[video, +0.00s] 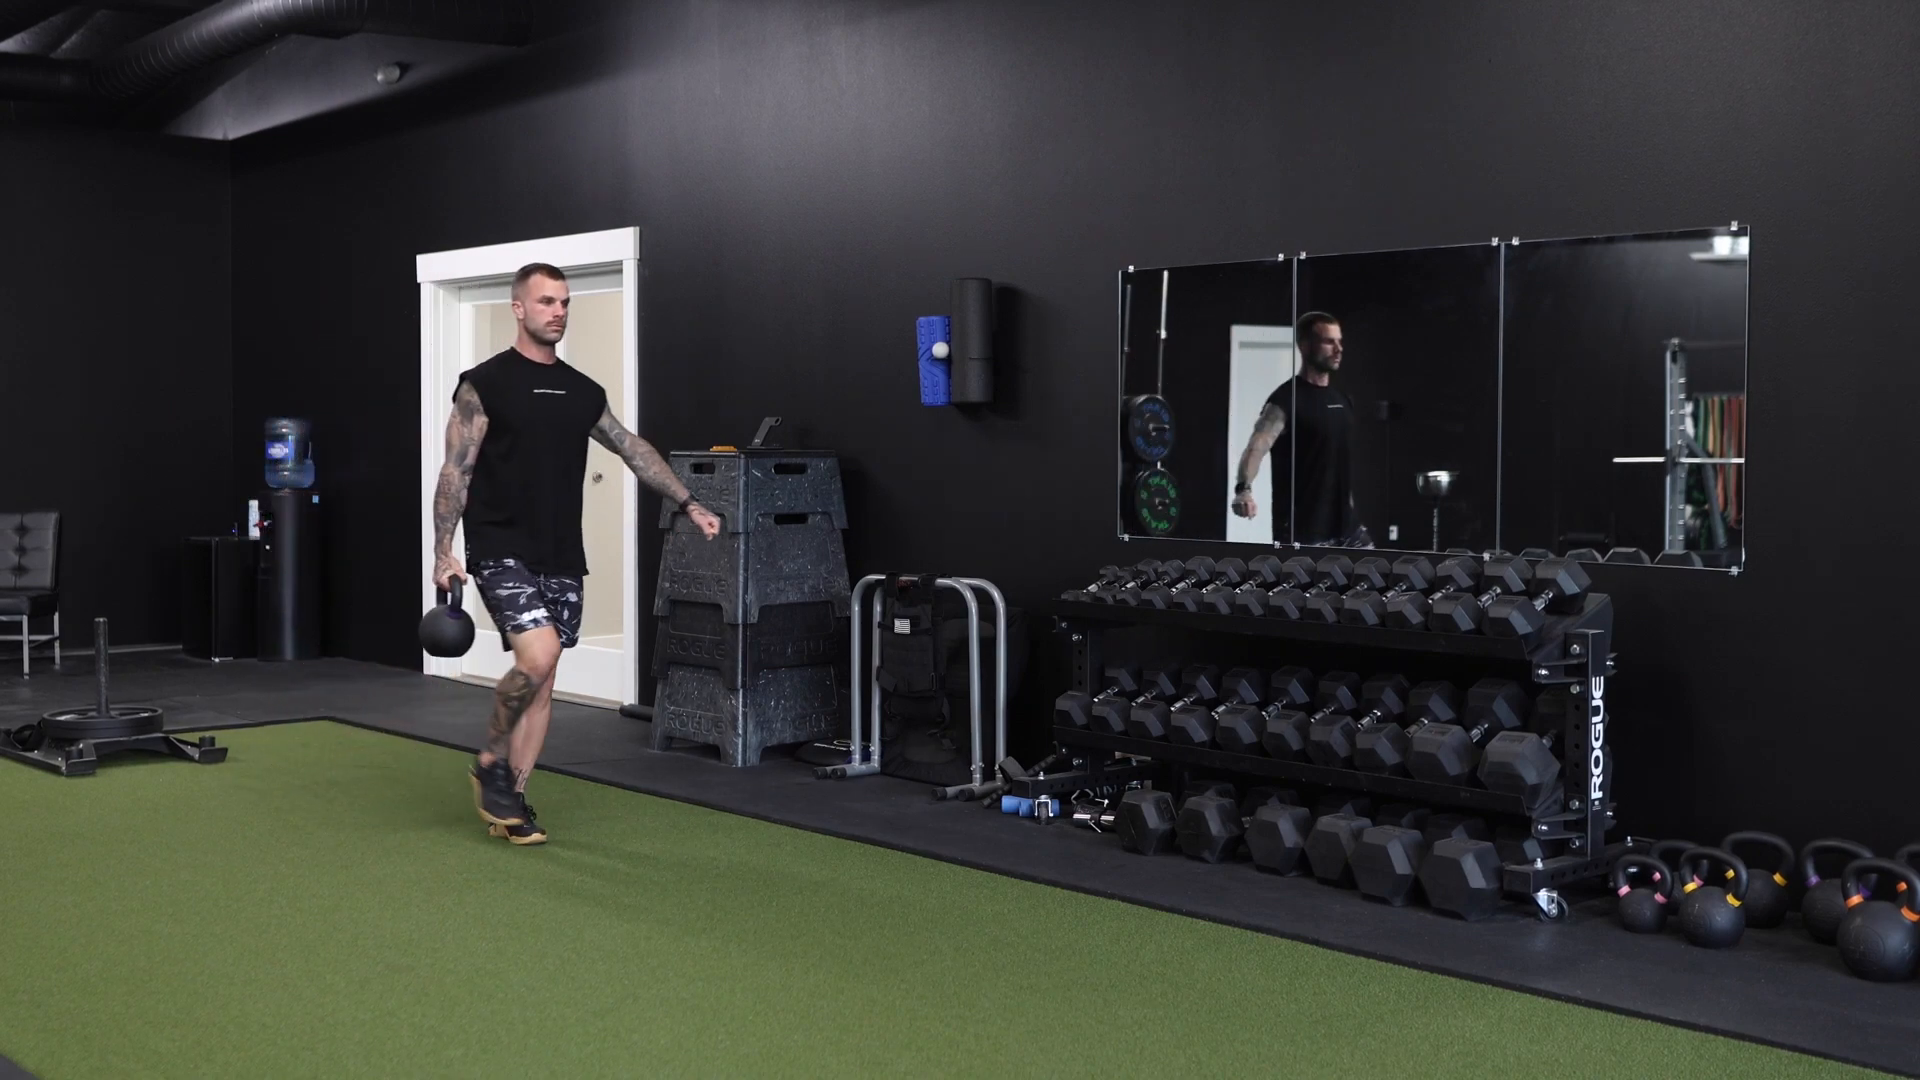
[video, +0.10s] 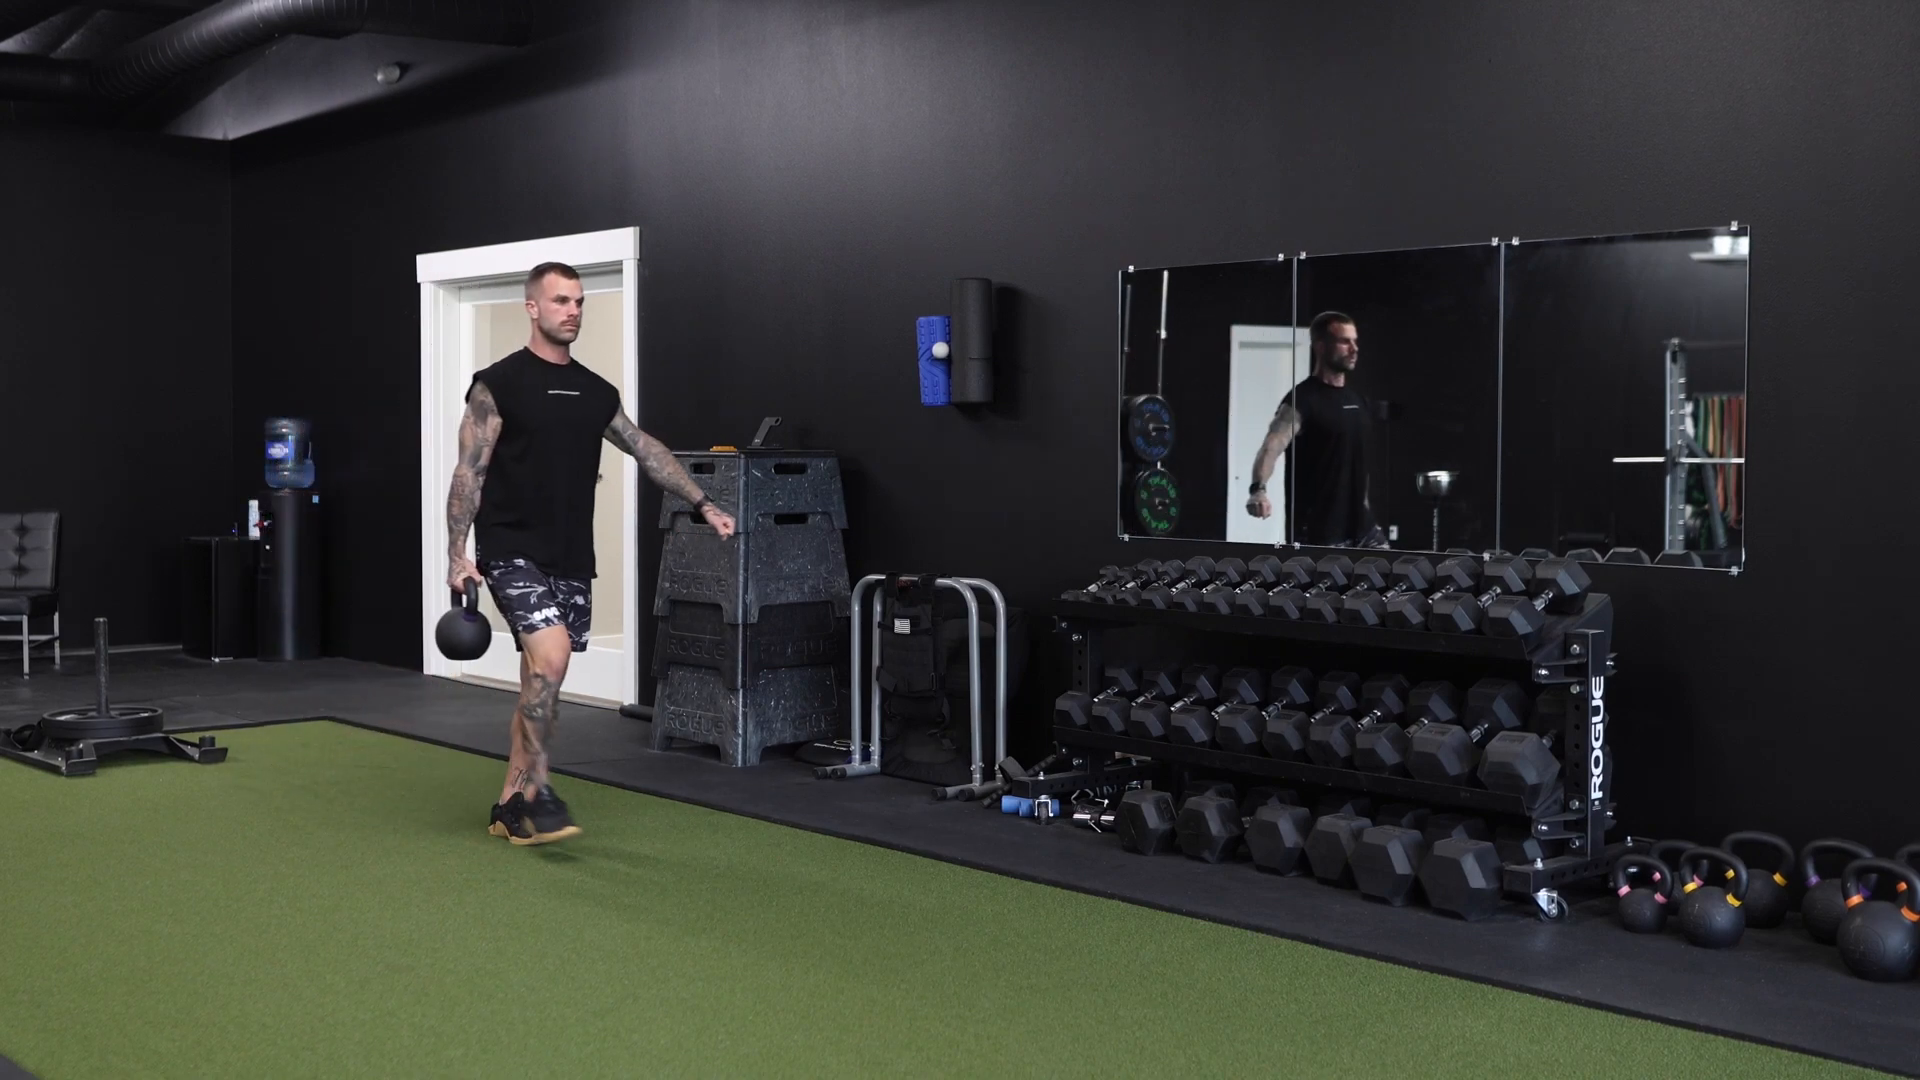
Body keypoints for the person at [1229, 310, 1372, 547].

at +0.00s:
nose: (1338, 349)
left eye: (1340, 342)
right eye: (1329, 342)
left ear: (1342, 344)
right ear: (1304, 345)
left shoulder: (1340, 400)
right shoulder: (1286, 398)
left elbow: (1339, 463)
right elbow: (1257, 447)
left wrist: (1349, 516)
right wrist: (1243, 488)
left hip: (1343, 527)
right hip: (1300, 531)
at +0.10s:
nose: (1354, 349)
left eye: (1355, 342)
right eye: (1344, 342)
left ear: (1357, 344)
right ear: (1319, 346)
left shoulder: (1356, 401)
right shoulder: (1302, 398)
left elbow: (1356, 464)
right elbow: (1272, 446)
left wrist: (1365, 516)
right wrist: (1258, 488)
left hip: (1360, 527)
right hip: (1315, 532)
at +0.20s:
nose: (1371, 348)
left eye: (1373, 342)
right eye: (1362, 342)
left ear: (1376, 344)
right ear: (1337, 346)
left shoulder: (1376, 402)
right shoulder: (1319, 400)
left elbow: (1378, 464)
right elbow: (1287, 448)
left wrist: (1381, 509)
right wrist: (1272, 490)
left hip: (1374, 529)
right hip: (1330, 531)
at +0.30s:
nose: (1391, 349)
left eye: (1392, 342)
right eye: (1381, 342)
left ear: (1395, 345)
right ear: (1356, 347)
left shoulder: (1394, 401)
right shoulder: (1339, 402)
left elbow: (1392, 467)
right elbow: (1305, 448)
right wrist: (1287, 488)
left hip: (1394, 531)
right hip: (1349, 533)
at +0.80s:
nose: (1484, 344)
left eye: (1485, 336)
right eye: (1474, 337)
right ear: (1446, 340)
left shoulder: (1483, 395)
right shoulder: (1430, 398)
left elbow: (1491, 463)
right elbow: (1396, 445)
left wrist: (1502, 514)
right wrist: (1380, 489)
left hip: (1482, 529)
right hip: (1441, 530)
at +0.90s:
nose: (1504, 347)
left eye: (1506, 340)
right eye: (1494, 339)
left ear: (1509, 344)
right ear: (1467, 344)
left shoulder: (1508, 399)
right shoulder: (1450, 401)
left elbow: (1514, 465)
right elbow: (1416, 449)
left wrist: (1522, 519)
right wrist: (1400, 496)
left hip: (1503, 536)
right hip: (1460, 537)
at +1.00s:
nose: (1525, 347)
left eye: (1527, 340)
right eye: (1515, 340)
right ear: (1486, 344)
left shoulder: (1526, 399)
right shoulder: (1472, 402)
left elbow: (1532, 470)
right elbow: (1436, 455)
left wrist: (1542, 521)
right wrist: (1422, 503)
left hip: (1525, 539)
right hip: (1480, 539)